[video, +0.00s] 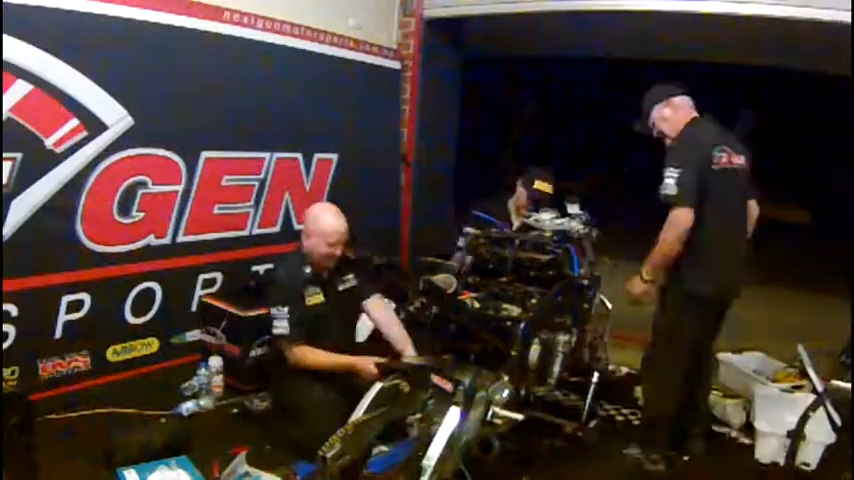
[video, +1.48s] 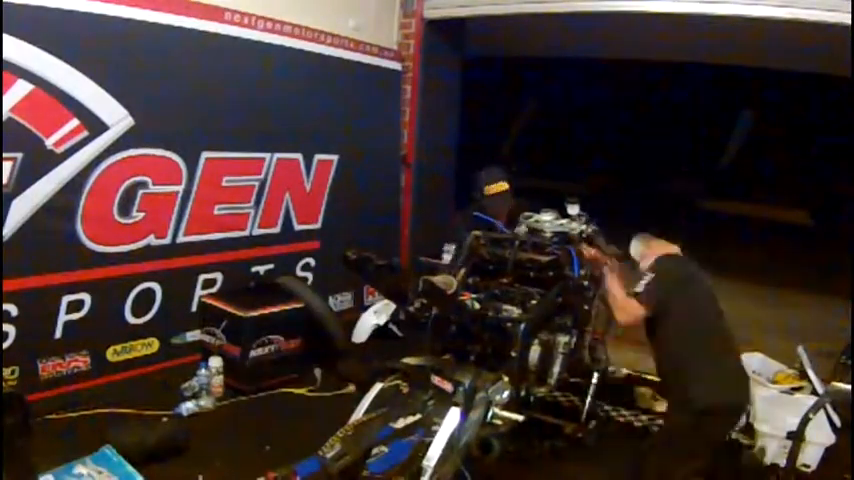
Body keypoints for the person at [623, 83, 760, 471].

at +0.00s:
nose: (660, 136)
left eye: (658, 126)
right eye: (657, 129)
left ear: (671, 109)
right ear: (686, 108)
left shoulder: (687, 144)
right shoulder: (731, 143)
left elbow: (682, 218)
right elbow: (750, 209)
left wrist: (647, 273)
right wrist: (729, 255)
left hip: (692, 277)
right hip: (722, 277)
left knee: (664, 361)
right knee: (696, 358)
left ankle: (655, 449)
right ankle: (689, 440)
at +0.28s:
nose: (624, 276)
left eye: (628, 271)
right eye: (626, 268)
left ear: (641, 282)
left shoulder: (656, 330)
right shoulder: (684, 276)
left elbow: (602, 405)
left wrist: (549, 453)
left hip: (697, 406)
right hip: (716, 383)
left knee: (645, 461)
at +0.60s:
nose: (631, 215)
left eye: (634, 205)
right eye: (632, 206)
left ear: (646, 202)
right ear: (672, 206)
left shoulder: (650, 248)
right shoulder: (686, 246)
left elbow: (615, 318)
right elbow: (662, 299)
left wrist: (599, 281)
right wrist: (626, 260)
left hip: (642, 379)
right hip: (675, 375)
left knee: (627, 463)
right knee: (653, 460)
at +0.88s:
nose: (646, 196)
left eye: (653, 190)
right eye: (650, 189)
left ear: (670, 198)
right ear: (675, 202)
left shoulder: (661, 246)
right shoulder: (685, 248)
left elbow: (589, 273)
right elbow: (650, 285)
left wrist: (583, 227)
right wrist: (627, 249)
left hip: (626, 376)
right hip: (652, 374)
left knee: (603, 461)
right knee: (621, 459)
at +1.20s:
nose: (614, 298)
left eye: (612, 290)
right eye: (612, 291)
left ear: (621, 280)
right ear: (643, 270)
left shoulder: (631, 306)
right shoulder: (671, 284)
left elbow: (605, 385)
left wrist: (581, 454)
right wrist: (651, 403)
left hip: (694, 402)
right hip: (723, 392)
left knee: (648, 465)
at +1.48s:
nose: (642, 271)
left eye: (640, 264)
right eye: (640, 266)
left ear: (646, 256)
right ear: (671, 250)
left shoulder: (667, 272)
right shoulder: (691, 273)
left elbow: (626, 314)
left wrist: (608, 272)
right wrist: (611, 269)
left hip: (700, 403)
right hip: (729, 400)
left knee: (660, 468)